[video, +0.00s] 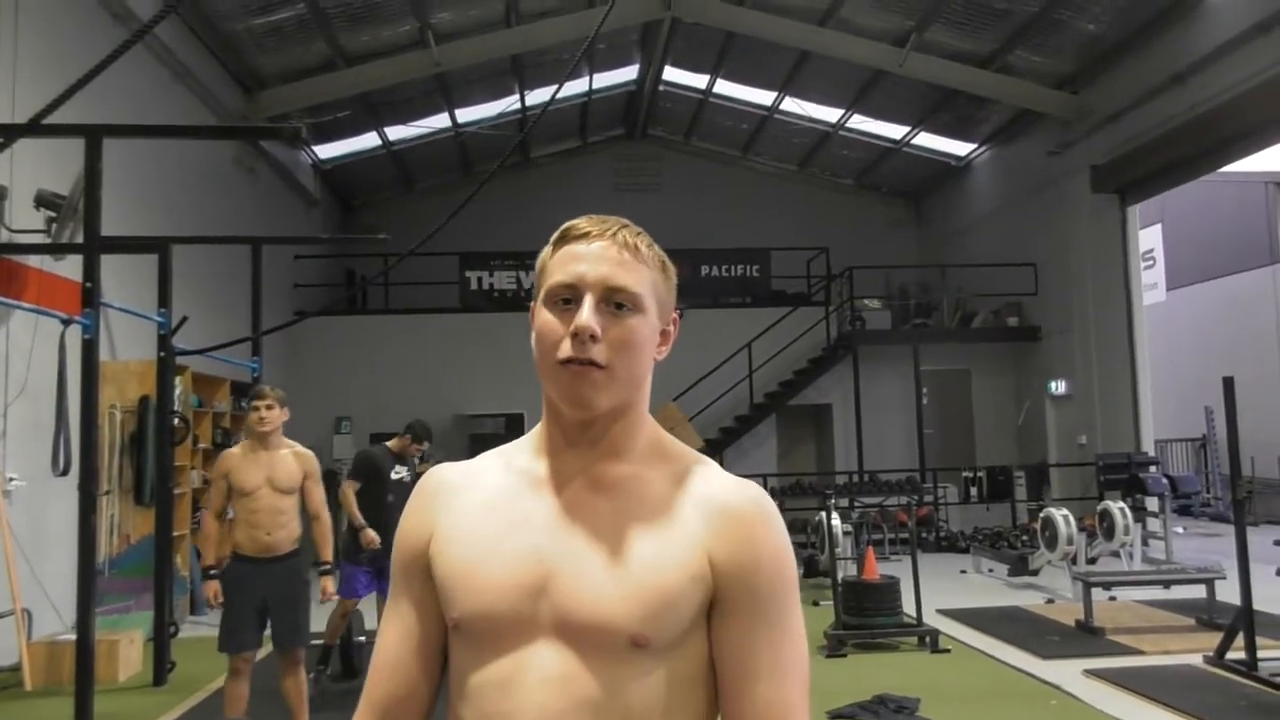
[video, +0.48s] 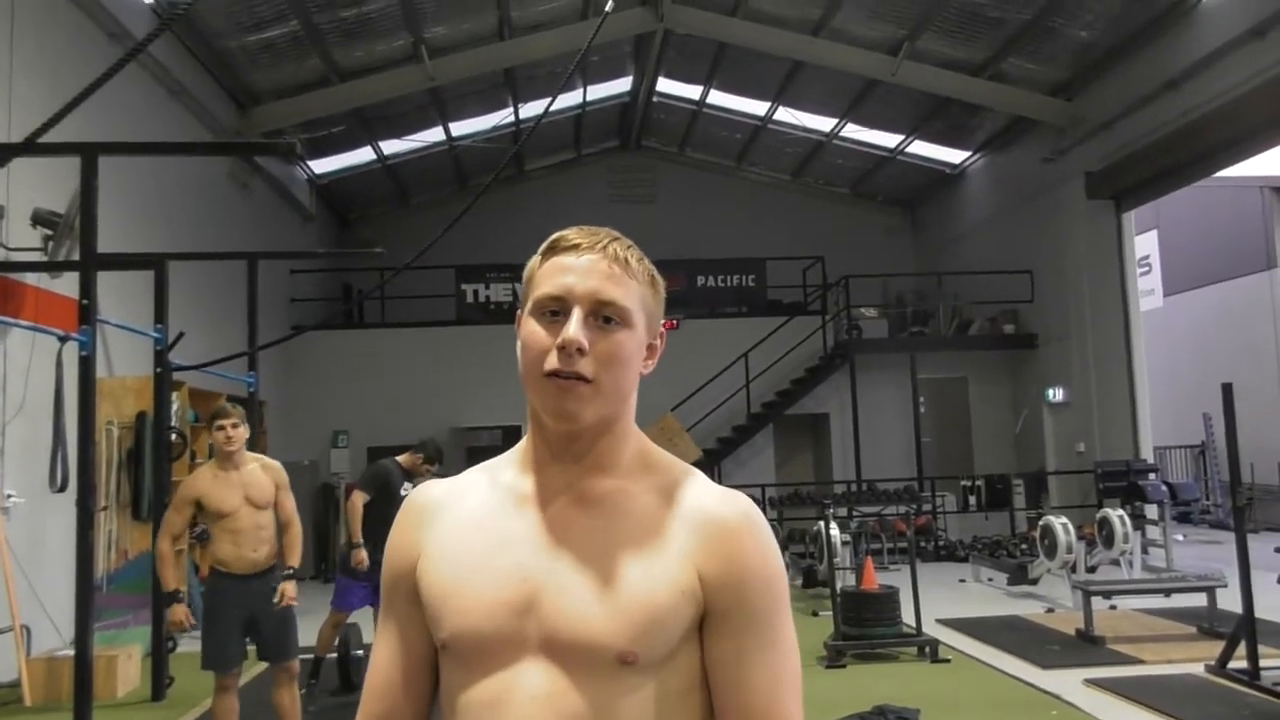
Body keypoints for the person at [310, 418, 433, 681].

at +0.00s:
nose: (419, 454)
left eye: (422, 450)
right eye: (417, 448)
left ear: (416, 443)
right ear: (406, 438)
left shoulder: (409, 464)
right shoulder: (370, 457)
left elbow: (406, 503)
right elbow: (347, 490)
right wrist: (362, 528)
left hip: (393, 547)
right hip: (361, 547)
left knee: (389, 609)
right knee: (347, 605)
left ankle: (387, 664)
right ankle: (323, 661)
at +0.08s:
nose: (423, 457)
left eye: (427, 453)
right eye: (422, 451)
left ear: (419, 447)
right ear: (410, 441)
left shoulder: (411, 467)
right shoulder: (374, 458)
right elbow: (350, 490)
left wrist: (426, 475)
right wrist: (366, 529)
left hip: (393, 548)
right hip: (361, 548)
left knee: (389, 609)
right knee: (346, 608)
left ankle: (387, 664)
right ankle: (322, 659)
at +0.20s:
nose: (425, 464)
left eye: (429, 460)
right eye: (425, 458)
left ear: (419, 450)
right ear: (415, 446)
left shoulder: (410, 470)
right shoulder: (380, 461)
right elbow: (353, 494)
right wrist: (366, 534)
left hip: (391, 553)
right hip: (361, 552)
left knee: (388, 616)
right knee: (343, 610)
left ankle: (386, 672)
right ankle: (318, 665)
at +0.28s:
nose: (425, 469)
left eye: (429, 466)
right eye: (426, 463)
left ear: (420, 454)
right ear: (416, 451)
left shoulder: (412, 474)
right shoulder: (382, 464)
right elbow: (355, 495)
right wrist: (362, 538)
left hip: (393, 556)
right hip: (362, 555)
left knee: (392, 619)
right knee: (340, 614)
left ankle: (394, 676)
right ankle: (316, 668)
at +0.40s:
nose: (425, 473)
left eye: (429, 470)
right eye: (426, 467)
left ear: (420, 458)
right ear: (416, 455)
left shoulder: (410, 478)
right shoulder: (382, 468)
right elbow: (355, 498)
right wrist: (358, 543)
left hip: (390, 561)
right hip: (362, 559)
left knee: (388, 623)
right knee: (338, 617)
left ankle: (389, 679)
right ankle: (314, 673)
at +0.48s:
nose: (426, 475)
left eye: (430, 473)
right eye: (427, 470)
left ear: (421, 461)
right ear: (417, 458)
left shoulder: (410, 479)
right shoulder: (383, 469)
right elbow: (356, 499)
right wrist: (357, 545)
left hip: (390, 563)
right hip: (362, 561)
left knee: (387, 624)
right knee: (338, 619)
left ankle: (386, 678)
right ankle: (314, 674)